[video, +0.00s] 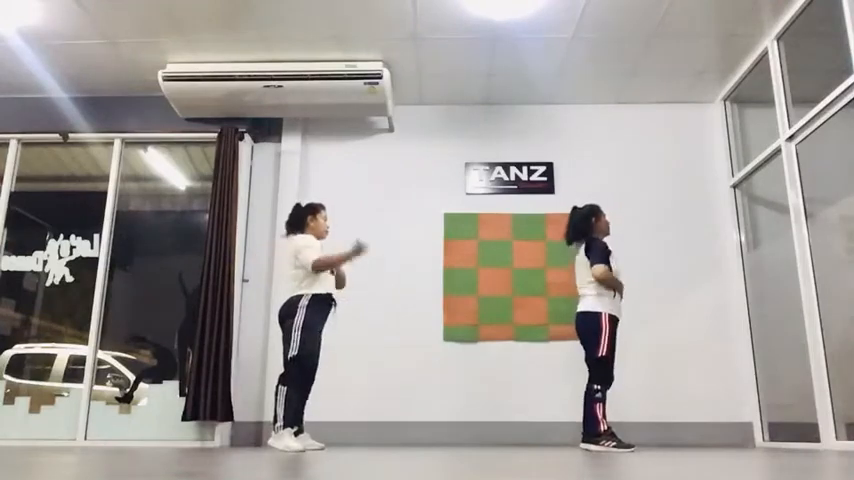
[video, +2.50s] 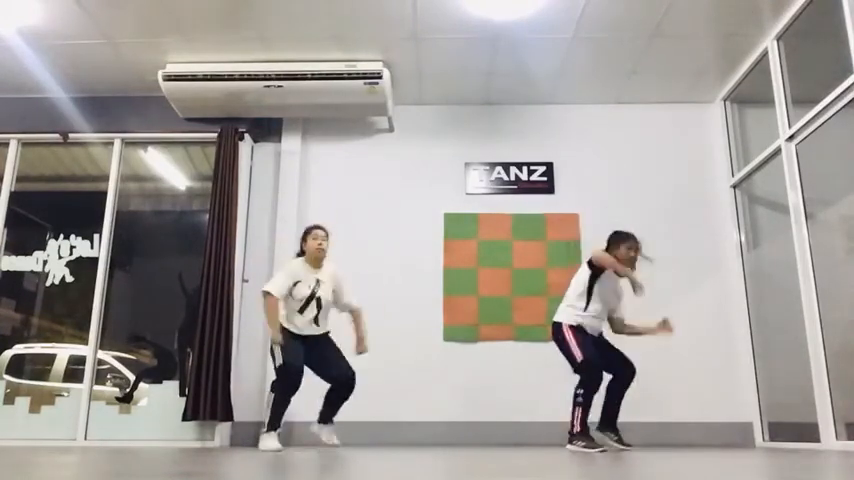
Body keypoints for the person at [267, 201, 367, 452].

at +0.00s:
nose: (328, 224)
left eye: (327, 220)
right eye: (324, 219)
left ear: (312, 221)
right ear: (311, 220)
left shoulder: (316, 247)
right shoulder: (303, 240)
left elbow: (340, 284)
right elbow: (315, 264)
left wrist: (337, 265)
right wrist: (350, 254)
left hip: (316, 307)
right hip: (302, 305)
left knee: (307, 369)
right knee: (294, 367)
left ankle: (297, 432)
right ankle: (281, 432)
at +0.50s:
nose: (340, 252)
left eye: (343, 248)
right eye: (340, 245)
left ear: (328, 238)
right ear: (328, 235)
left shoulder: (312, 257)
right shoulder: (312, 256)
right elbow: (328, 299)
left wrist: (332, 282)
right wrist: (336, 285)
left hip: (303, 323)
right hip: (294, 322)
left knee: (322, 376)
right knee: (313, 374)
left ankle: (299, 432)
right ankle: (279, 433)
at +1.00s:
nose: (278, 240)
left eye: (272, 240)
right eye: (273, 243)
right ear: (275, 254)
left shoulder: (299, 261)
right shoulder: (288, 265)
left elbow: (322, 273)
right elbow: (313, 283)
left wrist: (335, 280)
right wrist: (336, 291)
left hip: (325, 321)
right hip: (315, 322)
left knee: (338, 379)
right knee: (335, 371)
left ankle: (298, 428)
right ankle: (295, 427)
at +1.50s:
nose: (326, 248)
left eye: (329, 244)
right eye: (324, 242)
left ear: (323, 242)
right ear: (308, 237)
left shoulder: (317, 263)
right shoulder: (299, 262)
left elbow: (345, 270)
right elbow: (311, 298)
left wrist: (334, 273)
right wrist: (330, 300)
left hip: (317, 322)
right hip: (302, 320)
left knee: (329, 382)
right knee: (315, 371)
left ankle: (298, 433)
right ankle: (282, 428)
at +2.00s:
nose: (329, 229)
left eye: (328, 224)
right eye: (324, 225)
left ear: (315, 230)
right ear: (311, 230)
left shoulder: (319, 254)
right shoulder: (308, 248)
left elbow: (321, 284)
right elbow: (312, 279)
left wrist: (333, 289)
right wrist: (330, 301)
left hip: (316, 319)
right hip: (301, 316)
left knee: (324, 376)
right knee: (300, 372)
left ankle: (302, 433)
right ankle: (278, 434)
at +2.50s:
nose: (321, 243)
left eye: (324, 240)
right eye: (315, 239)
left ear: (328, 246)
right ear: (304, 244)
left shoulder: (331, 274)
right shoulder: (294, 268)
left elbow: (352, 308)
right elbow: (271, 294)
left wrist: (360, 338)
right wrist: (274, 329)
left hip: (318, 339)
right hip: (290, 336)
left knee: (345, 378)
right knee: (290, 376)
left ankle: (324, 424)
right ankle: (270, 432)